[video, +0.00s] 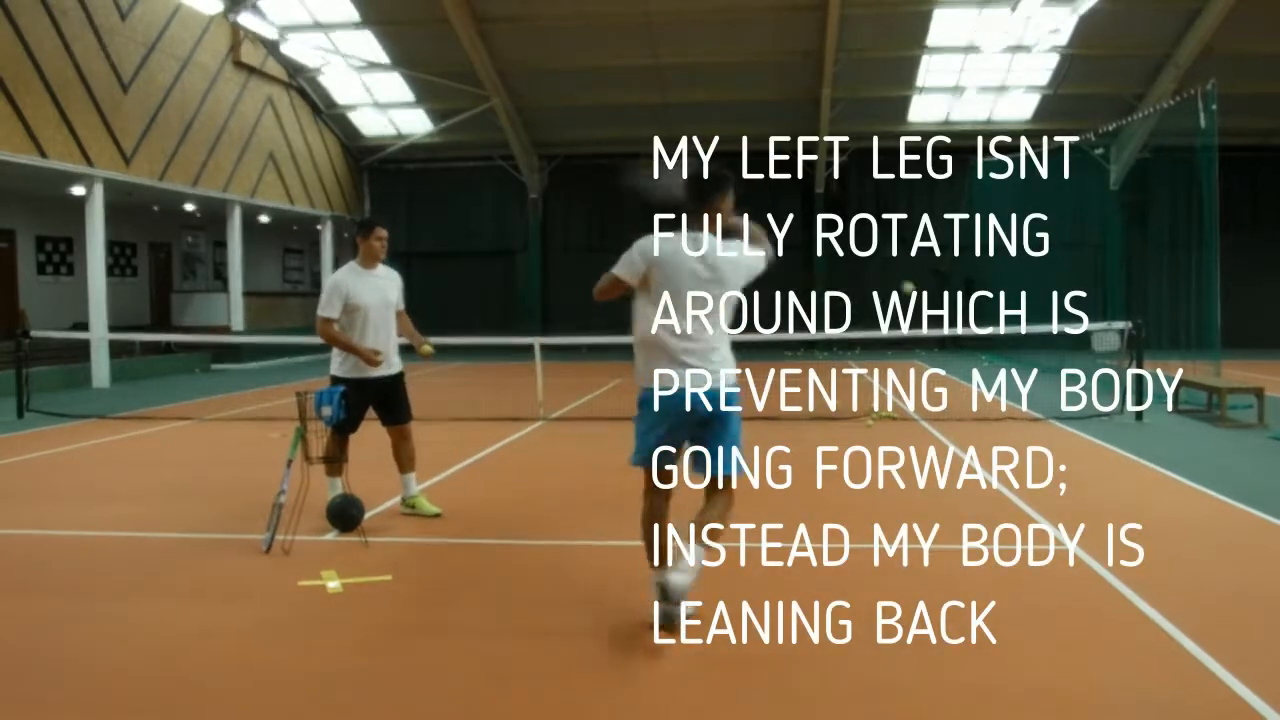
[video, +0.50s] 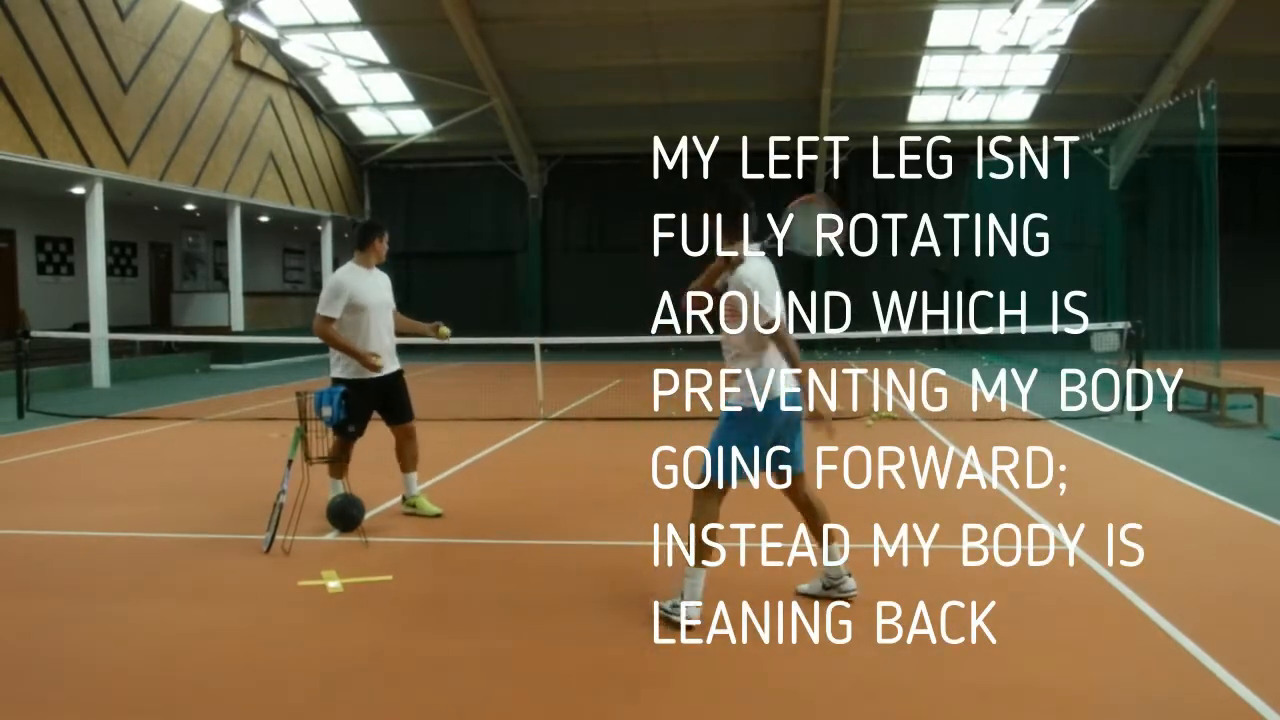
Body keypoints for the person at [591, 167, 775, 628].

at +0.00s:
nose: (731, 212)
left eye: (728, 204)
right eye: (730, 206)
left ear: (688, 202)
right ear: (722, 207)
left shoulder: (651, 249)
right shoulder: (735, 258)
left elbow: (603, 292)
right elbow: (764, 245)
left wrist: (645, 281)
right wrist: (734, 221)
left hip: (661, 388)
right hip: (718, 389)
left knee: (658, 489)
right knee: (722, 489)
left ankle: (662, 593)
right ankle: (689, 559)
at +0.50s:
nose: (711, 237)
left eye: (714, 230)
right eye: (713, 230)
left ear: (727, 234)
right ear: (745, 230)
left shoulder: (747, 278)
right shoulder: (750, 265)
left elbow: (783, 339)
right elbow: (693, 299)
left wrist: (812, 392)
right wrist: (724, 259)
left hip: (753, 403)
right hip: (780, 400)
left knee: (707, 489)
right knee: (795, 485)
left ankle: (691, 599)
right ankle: (835, 572)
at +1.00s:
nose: (689, 224)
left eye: (690, 217)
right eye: (696, 218)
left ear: (694, 218)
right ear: (727, 218)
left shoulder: (691, 262)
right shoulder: (747, 264)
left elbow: (703, 335)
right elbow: (766, 329)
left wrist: (668, 392)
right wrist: (730, 364)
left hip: (717, 409)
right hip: (760, 404)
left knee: (700, 505)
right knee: (771, 489)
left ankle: (741, 607)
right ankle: (800, 585)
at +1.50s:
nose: (666, 233)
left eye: (653, 223)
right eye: (667, 225)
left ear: (626, 226)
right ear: (666, 228)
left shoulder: (597, 278)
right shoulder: (679, 280)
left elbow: (581, 355)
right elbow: (701, 354)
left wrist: (624, 373)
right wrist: (722, 379)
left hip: (605, 432)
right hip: (663, 432)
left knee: (592, 543)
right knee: (704, 532)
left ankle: (569, 659)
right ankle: (750, 618)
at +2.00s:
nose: (638, 238)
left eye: (633, 230)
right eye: (637, 231)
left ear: (591, 235)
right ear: (632, 235)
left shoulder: (573, 291)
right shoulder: (623, 298)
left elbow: (597, 377)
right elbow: (639, 390)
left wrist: (663, 366)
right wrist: (673, 418)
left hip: (561, 456)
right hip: (592, 464)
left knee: (624, 544)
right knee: (588, 595)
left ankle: (553, 658)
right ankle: (511, 706)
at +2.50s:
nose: (730, 235)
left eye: (730, 229)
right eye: (727, 227)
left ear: (704, 227)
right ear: (710, 224)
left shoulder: (719, 277)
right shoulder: (671, 266)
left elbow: (777, 306)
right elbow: (666, 291)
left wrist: (824, 273)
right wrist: (741, 272)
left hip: (665, 428)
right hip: (654, 428)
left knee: (662, 552)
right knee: (718, 538)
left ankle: (579, 651)